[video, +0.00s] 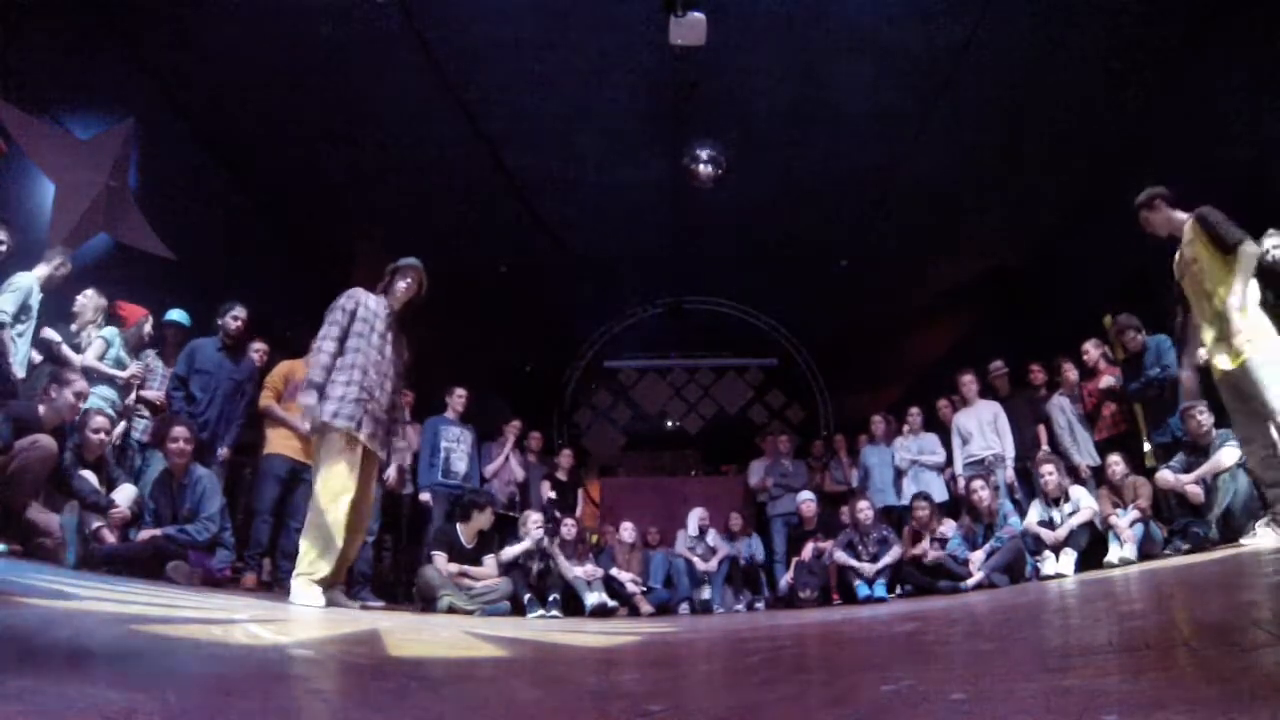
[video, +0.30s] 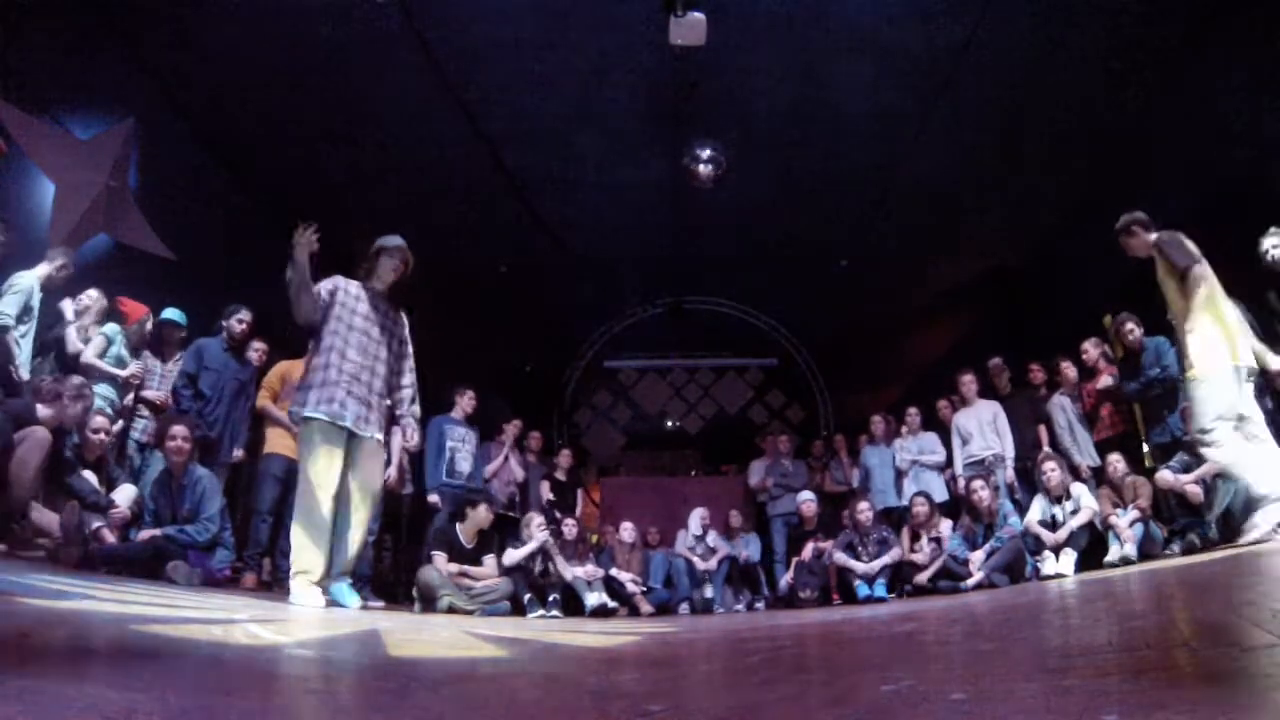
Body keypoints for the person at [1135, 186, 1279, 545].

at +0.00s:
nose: (1147, 228)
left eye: (1146, 220)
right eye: (1144, 223)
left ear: (1159, 207)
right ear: (1155, 215)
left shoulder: (1203, 218)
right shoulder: (1180, 261)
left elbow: (1248, 248)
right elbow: (1195, 314)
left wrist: (1235, 300)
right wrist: (1189, 362)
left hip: (1252, 342)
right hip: (1221, 356)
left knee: (1278, 420)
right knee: (1252, 438)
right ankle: (1275, 514)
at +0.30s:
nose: (1130, 252)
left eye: (1127, 244)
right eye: (1125, 247)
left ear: (1137, 232)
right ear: (1138, 235)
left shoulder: (1167, 240)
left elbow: (1200, 274)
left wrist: (1192, 323)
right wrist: (1265, 354)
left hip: (1211, 352)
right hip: (1222, 352)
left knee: (1208, 432)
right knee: (1251, 427)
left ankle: (1267, 498)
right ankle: (1270, 506)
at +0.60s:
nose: (1110, 267)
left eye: (1108, 260)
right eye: (1107, 262)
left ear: (1115, 248)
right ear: (1130, 242)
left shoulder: (1134, 260)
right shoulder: (1169, 265)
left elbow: (1152, 302)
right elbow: (1209, 313)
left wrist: (1148, 360)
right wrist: (1232, 356)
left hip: (1184, 371)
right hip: (1209, 365)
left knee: (1193, 457)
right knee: (1242, 445)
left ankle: (1200, 535)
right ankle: (1275, 513)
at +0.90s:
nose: (1094, 272)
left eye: (1092, 266)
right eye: (1092, 268)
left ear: (1097, 257)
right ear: (1115, 250)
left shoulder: (1117, 273)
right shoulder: (1147, 272)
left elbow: (1124, 324)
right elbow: (1170, 327)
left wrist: (1130, 382)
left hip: (1157, 370)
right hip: (1180, 368)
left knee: (1175, 455)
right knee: (1181, 451)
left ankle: (1201, 536)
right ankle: (1247, 497)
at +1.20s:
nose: (1092, 271)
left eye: (1091, 263)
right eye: (1089, 266)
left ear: (1103, 254)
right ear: (1107, 254)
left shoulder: (1124, 271)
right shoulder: (1131, 277)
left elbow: (1134, 319)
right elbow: (1147, 342)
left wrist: (1130, 371)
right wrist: (1143, 398)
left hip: (1168, 375)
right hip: (1163, 378)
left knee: (1177, 459)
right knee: (1178, 459)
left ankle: (1201, 536)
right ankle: (1237, 520)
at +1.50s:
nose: (1096, 267)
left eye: (1096, 258)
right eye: (1093, 262)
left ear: (1112, 251)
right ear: (1105, 259)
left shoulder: (1150, 263)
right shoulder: (1124, 305)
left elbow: (1187, 300)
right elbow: (1139, 354)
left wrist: (1214, 348)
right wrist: (1149, 397)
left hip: (1191, 366)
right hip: (1167, 381)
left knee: (1204, 446)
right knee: (1195, 452)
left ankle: (1216, 524)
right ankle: (1241, 522)